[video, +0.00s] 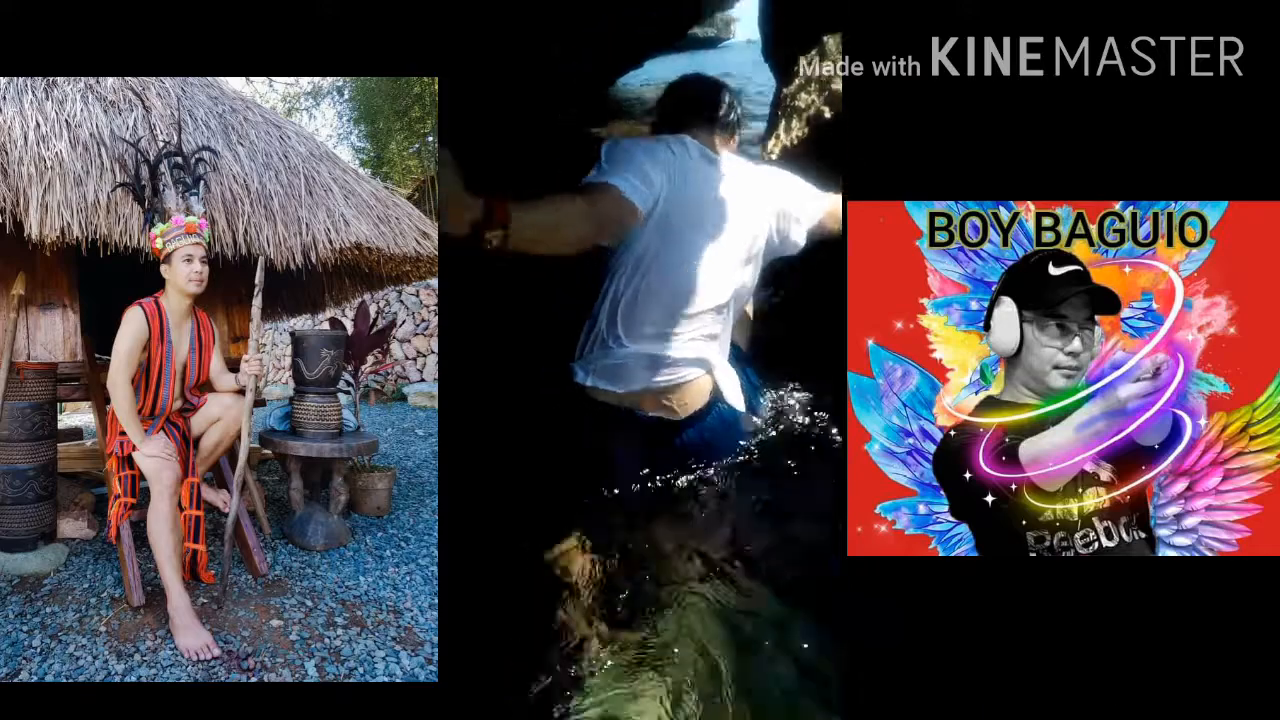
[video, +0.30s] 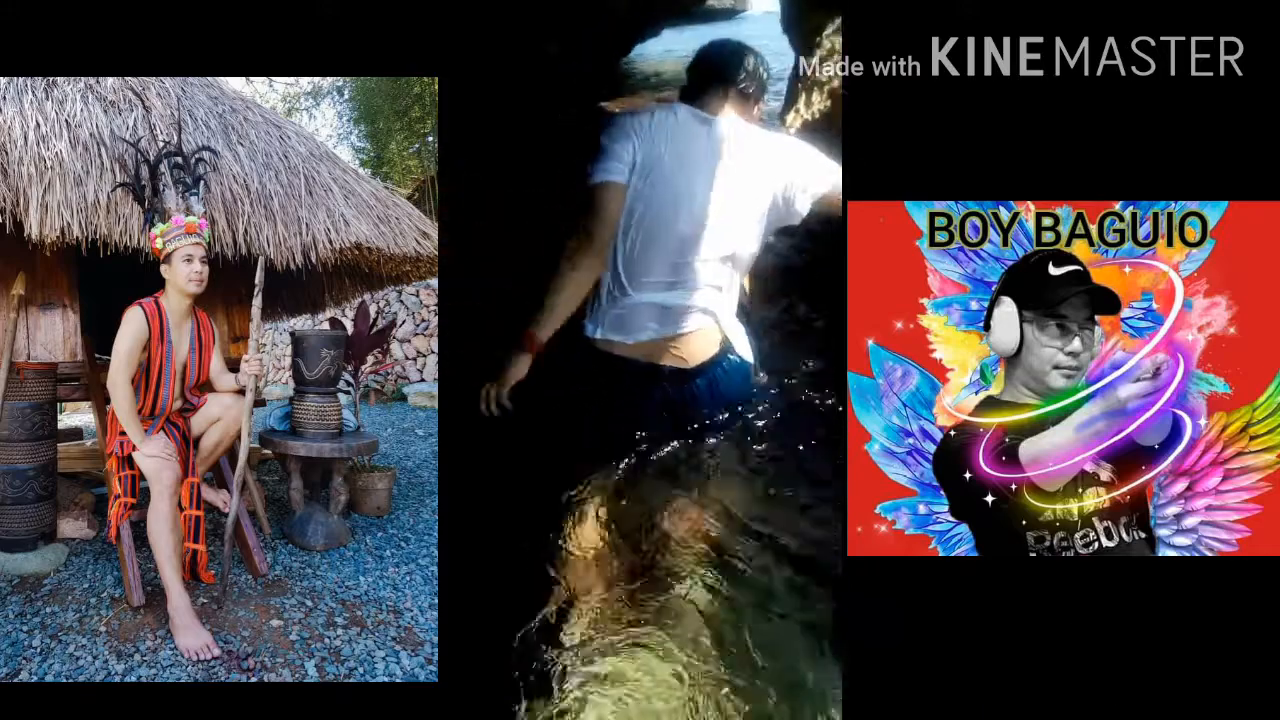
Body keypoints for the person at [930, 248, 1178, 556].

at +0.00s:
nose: (1076, 346)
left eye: (1086, 328)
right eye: (1055, 327)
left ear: (1096, 334)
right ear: (1007, 327)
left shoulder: (1113, 409)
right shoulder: (962, 445)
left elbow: (1155, 435)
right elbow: (1022, 472)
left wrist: (1149, 396)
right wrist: (1105, 412)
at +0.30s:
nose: (1076, 346)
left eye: (1086, 328)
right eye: (1055, 326)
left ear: (1097, 334)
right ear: (1007, 327)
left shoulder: (1113, 409)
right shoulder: (963, 445)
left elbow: (1155, 435)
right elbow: (1023, 473)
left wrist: (1149, 396)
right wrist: (1105, 412)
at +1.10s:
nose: (1076, 346)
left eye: (1086, 328)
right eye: (1055, 326)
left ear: (1096, 335)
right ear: (1007, 328)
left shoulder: (1113, 408)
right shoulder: (962, 446)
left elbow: (1156, 436)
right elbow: (1021, 472)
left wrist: (1147, 395)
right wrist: (1105, 413)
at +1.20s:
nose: (1076, 346)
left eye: (1086, 328)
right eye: (1055, 326)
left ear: (1096, 335)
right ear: (1007, 328)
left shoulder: (1113, 408)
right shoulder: (962, 446)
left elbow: (1156, 436)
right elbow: (1021, 472)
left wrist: (1147, 395)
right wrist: (1105, 413)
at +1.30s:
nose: (1076, 346)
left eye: (1086, 328)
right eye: (1055, 327)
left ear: (1097, 334)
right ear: (1007, 328)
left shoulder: (1113, 409)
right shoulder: (962, 446)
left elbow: (1156, 435)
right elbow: (1021, 472)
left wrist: (1148, 396)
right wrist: (1105, 412)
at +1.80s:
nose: (1076, 346)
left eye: (1086, 328)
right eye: (1055, 327)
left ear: (1096, 334)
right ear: (1007, 327)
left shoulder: (1113, 409)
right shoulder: (962, 445)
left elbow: (1156, 435)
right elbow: (1022, 472)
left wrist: (1149, 396)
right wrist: (1105, 412)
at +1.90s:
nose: (1076, 346)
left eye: (1086, 328)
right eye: (1055, 327)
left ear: (1096, 334)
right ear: (1007, 327)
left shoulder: (1113, 409)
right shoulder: (962, 445)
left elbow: (1155, 435)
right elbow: (1022, 472)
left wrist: (1149, 396)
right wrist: (1106, 412)